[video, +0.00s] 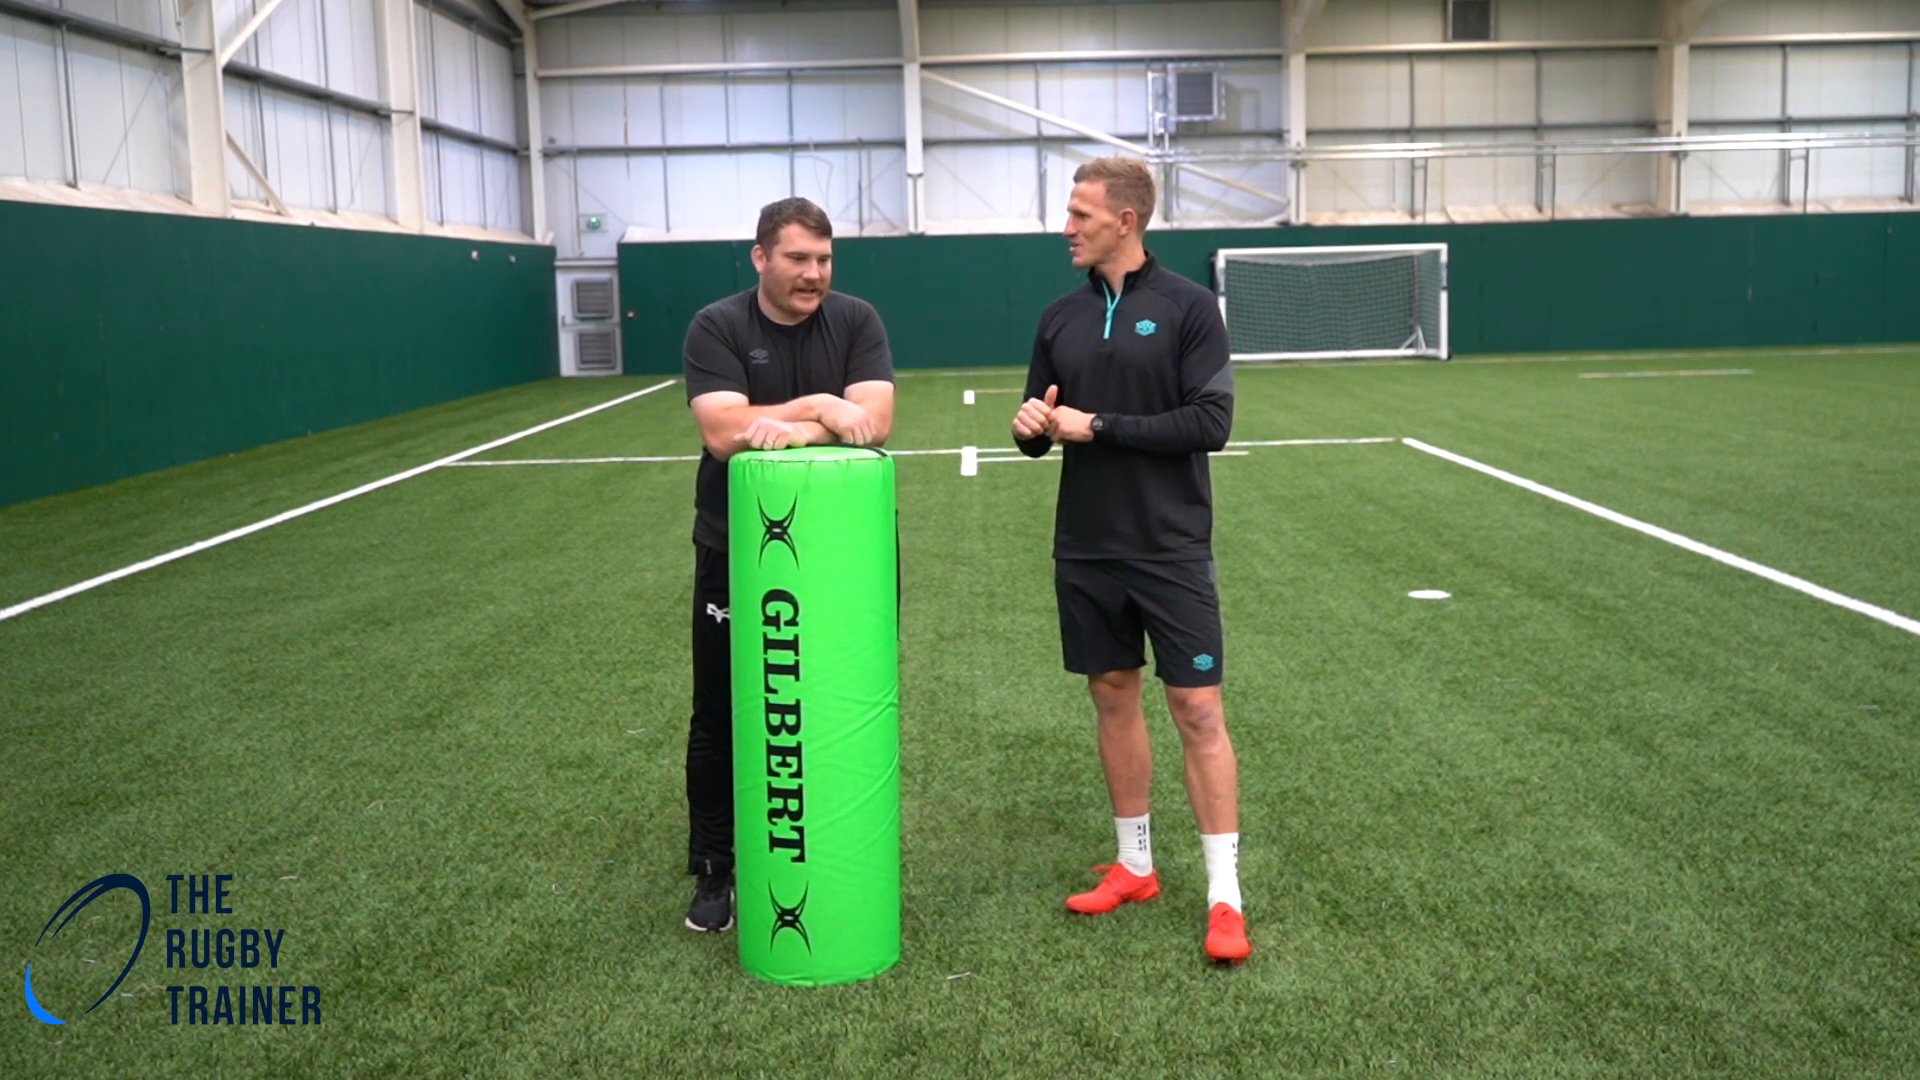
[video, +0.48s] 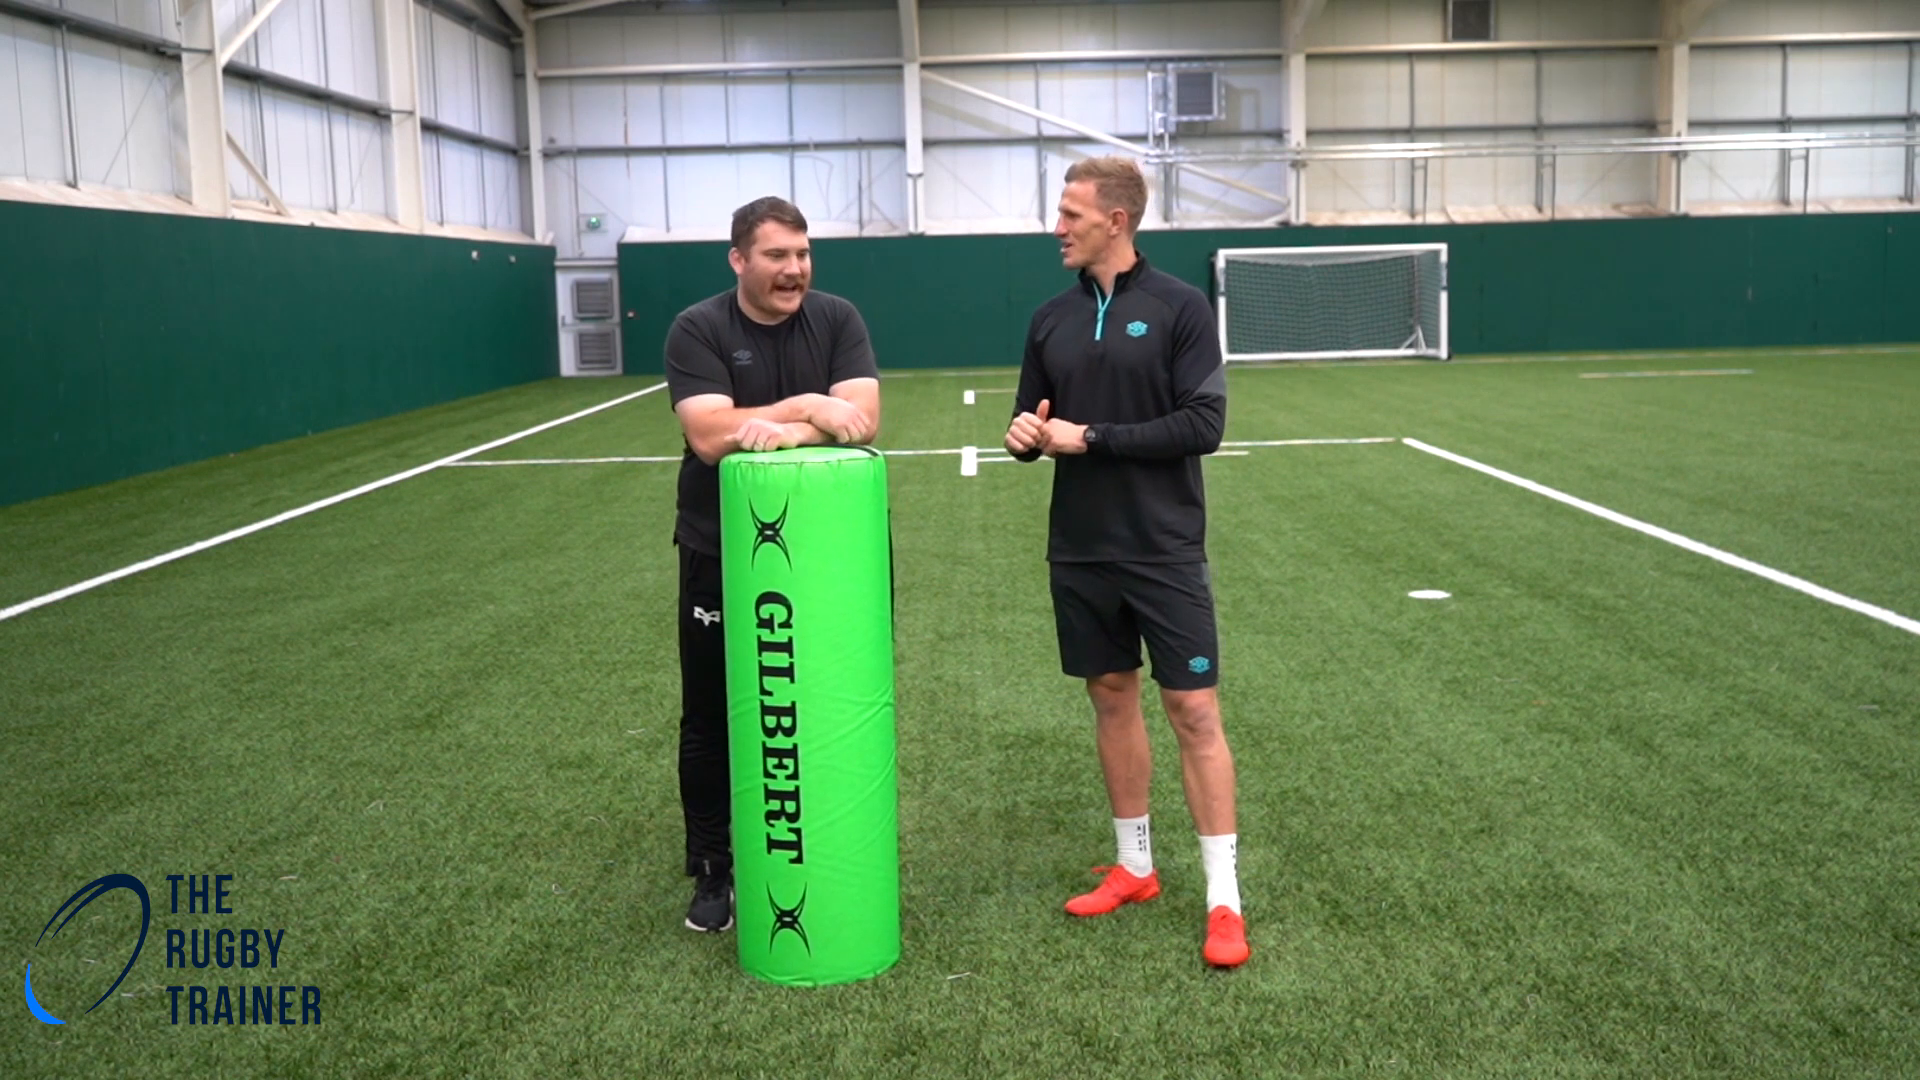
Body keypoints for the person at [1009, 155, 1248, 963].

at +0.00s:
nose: (1067, 227)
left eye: (1080, 216)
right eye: (1068, 214)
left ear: (1127, 222)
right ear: (1096, 221)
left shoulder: (1190, 306)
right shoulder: (1061, 317)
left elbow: (1212, 423)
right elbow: (1035, 430)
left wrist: (1097, 425)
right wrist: (1031, 426)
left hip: (1172, 548)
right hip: (1088, 548)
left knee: (1199, 709)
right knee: (1112, 696)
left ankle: (1225, 895)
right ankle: (1135, 866)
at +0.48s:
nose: (1057, 228)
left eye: (1071, 216)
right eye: (1058, 214)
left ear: (1119, 223)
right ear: (1085, 221)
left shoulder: (1182, 307)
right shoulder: (1051, 318)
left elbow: (1204, 425)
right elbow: (1028, 424)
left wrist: (1094, 437)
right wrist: (1024, 432)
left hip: (1166, 550)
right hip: (1082, 550)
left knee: (1195, 709)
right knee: (1111, 698)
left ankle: (1224, 897)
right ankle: (1135, 868)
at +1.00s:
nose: (1054, 227)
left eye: (1068, 216)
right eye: (1055, 214)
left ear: (1116, 224)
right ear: (1081, 222)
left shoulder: (1178, 309)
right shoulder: (1046, 317)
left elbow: (1199, 427)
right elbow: (1020, 425)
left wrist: (1089, 437)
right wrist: (1017, 422)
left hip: (1158, 551)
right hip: (1074, 550)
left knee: (1189, 709)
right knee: (1106, 697)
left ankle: (1223, 897)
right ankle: (1134, 868)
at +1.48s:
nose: (1048, 227)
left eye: (1061, 216)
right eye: (1049, 214)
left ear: (1109, 225)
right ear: (1074, 223)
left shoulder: (1174, 309)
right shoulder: (1042, 317)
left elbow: (1209, 427)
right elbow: (1023, 423)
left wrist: (1102, 449)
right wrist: (1026, 442)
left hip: (1162, 549)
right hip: (1078, 551)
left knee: (1191, 708)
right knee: (1108, 697)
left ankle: (1222, 895)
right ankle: (1134, 868)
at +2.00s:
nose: (1048, 226)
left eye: (1061, 215)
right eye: (1049, 213)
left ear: (1110, 224)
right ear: (1076, 221)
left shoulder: (1174, 307)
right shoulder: (1044, 319)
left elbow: (1208, 429)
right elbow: (1029, 428)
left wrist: (1139, 512)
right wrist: (1007, 511)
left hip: (1164, 547)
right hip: (1078, 550)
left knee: (1194, 709)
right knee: (1109, 697)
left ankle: (1223, 898)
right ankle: (1134, 869)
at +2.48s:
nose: (1048, 226)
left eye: (1060, 215)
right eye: (1049, 213)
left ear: (1109, 224)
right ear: (1077, 222)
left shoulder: (1175, 309)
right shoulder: (1043, 317)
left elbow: (1214, 431)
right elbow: (1033, 432)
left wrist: (1234, 545)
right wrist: (1011, 531)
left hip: (1165, 551)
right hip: (1079, 552)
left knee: (1192, 712)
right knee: (1110, 700)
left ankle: (1223, 897)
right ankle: (1134, 868)